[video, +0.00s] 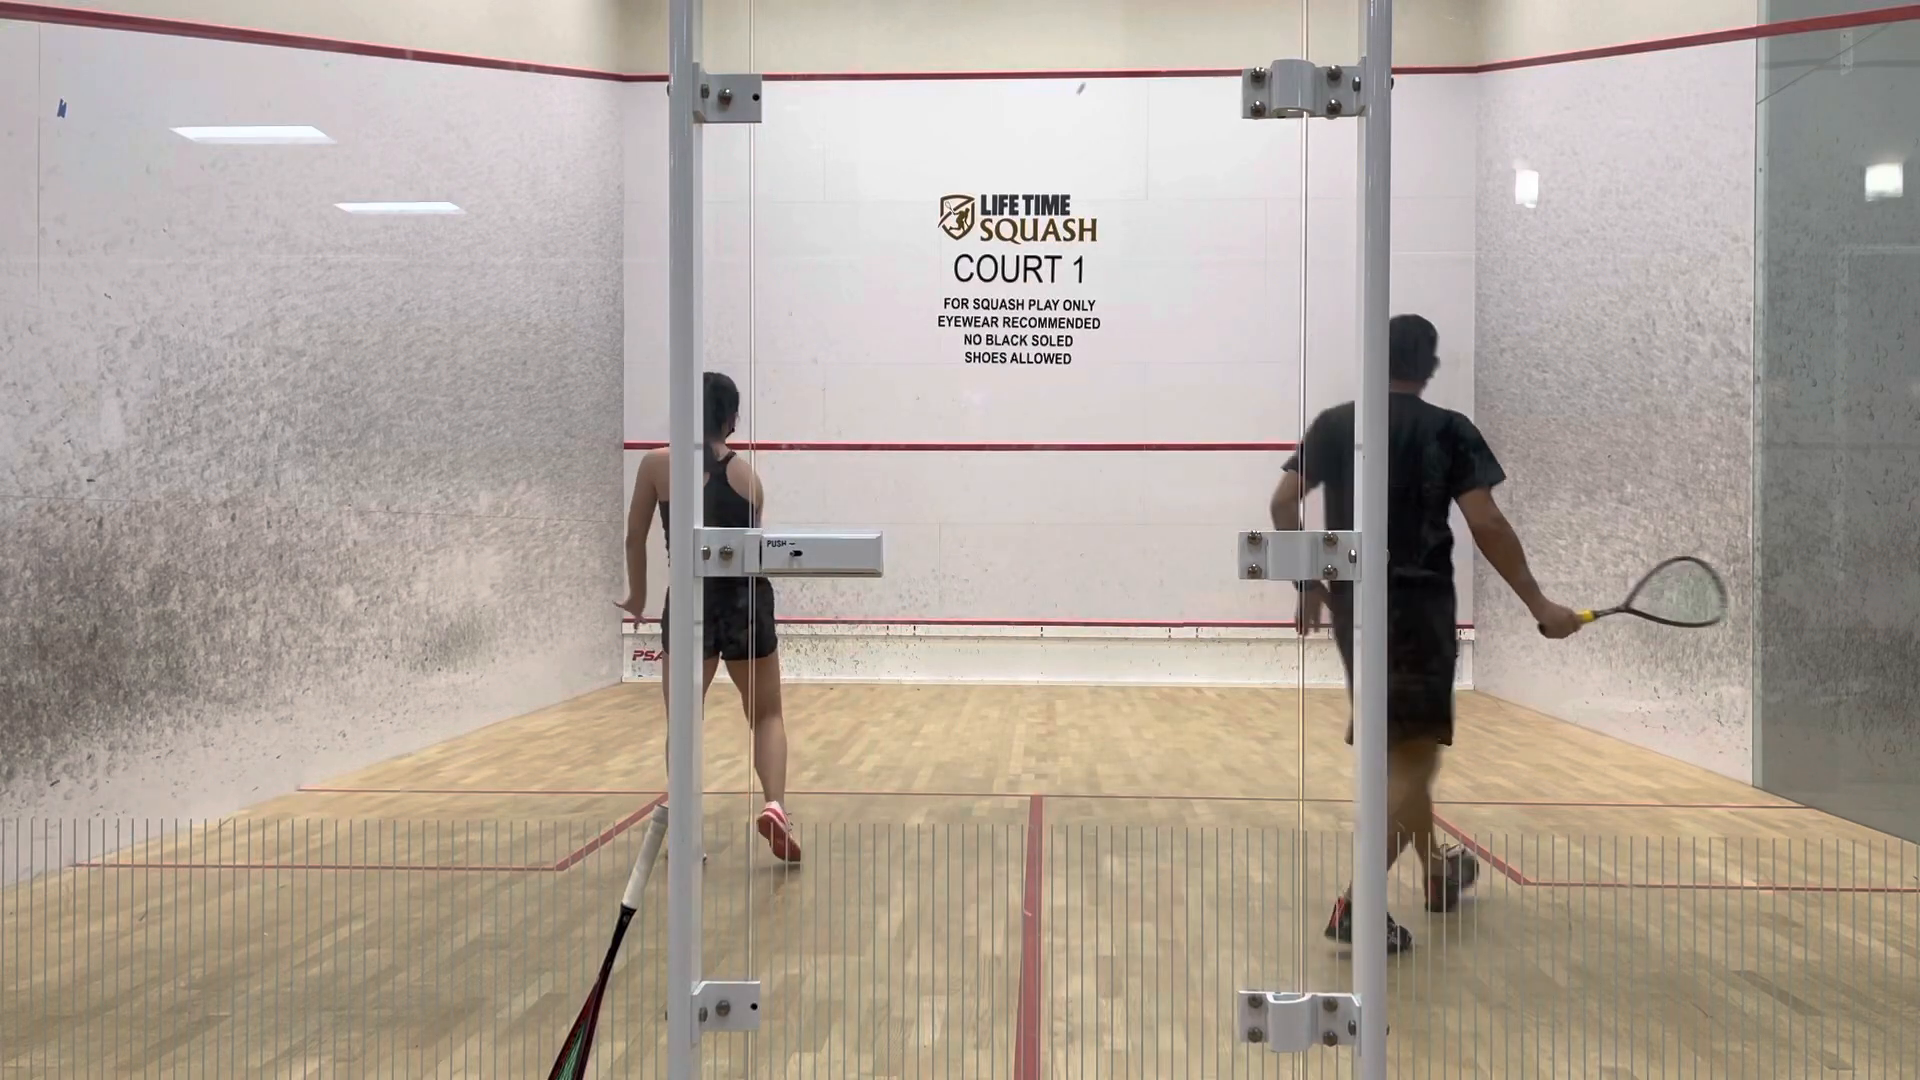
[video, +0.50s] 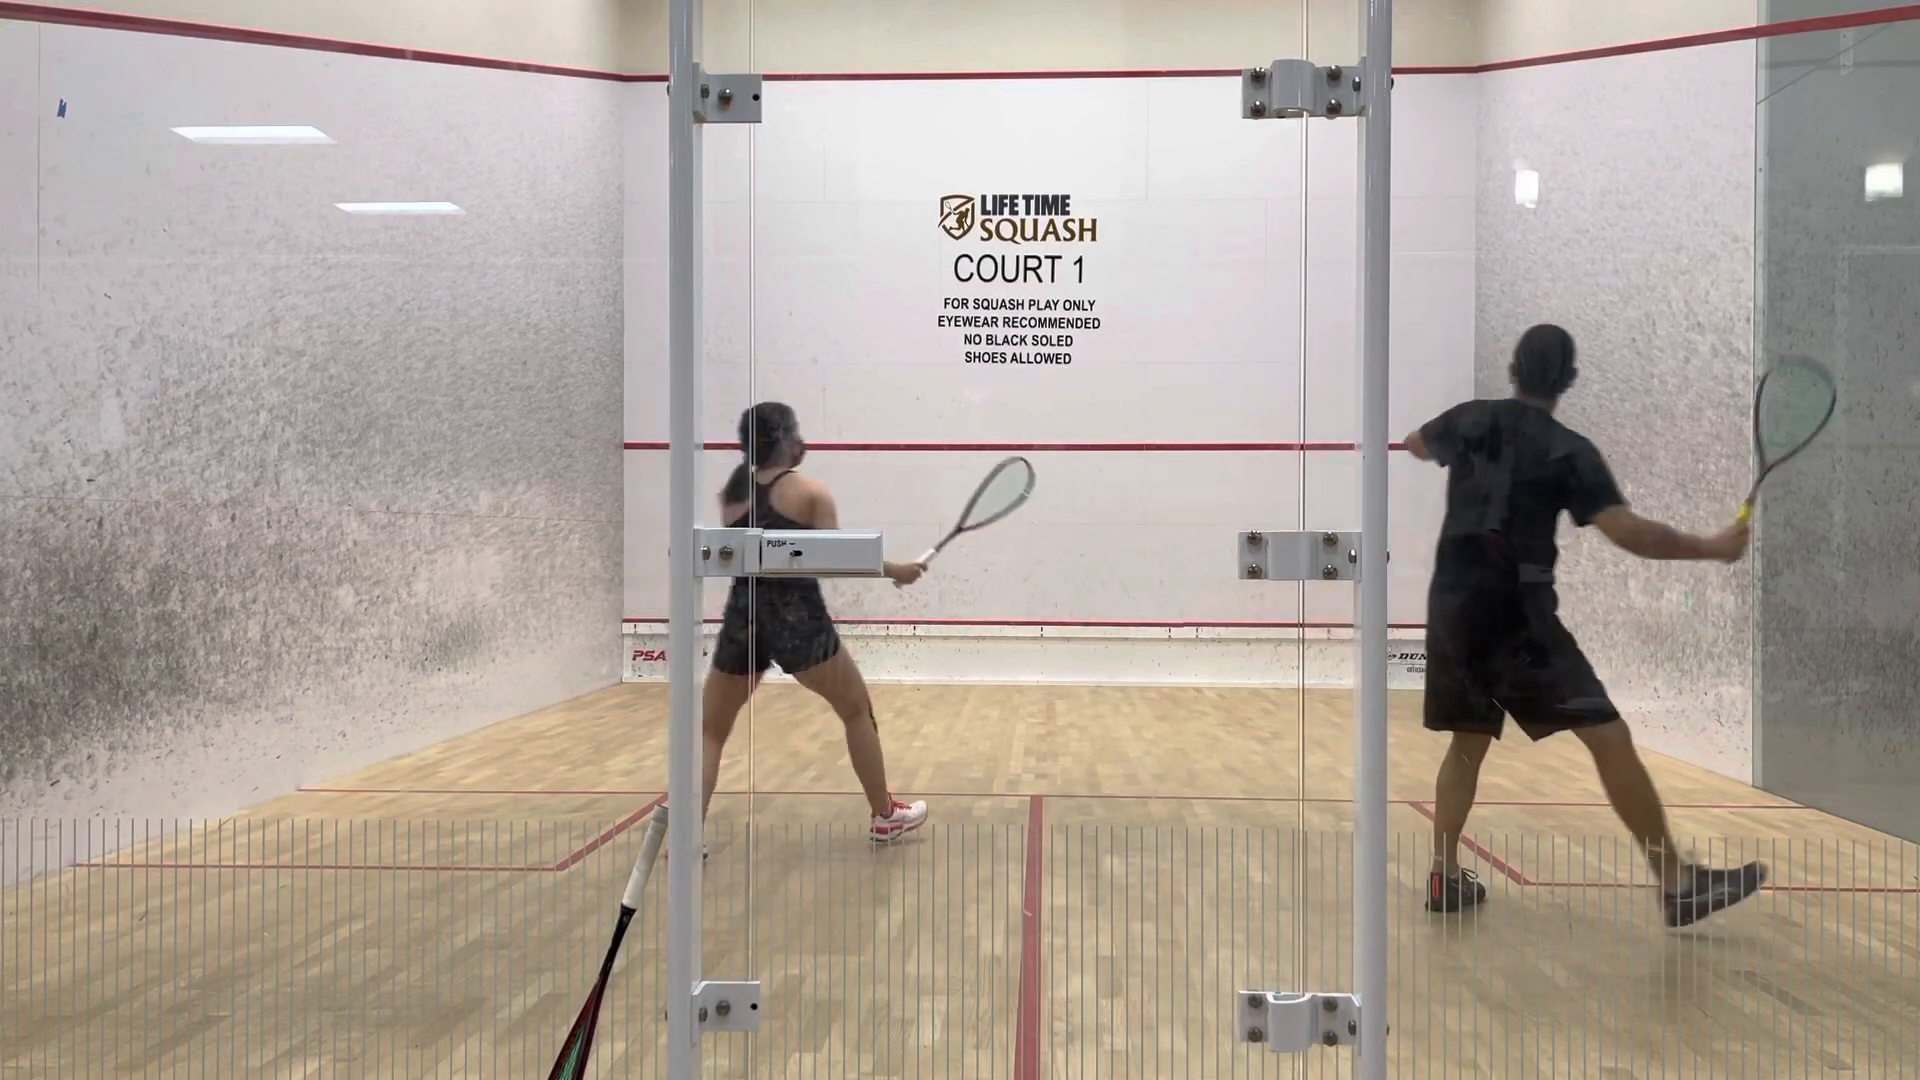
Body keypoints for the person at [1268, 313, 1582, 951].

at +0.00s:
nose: (1432, 373)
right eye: (1434, 364)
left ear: (1377, 360)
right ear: (1429, 366)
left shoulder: (1334, 422)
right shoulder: (1447, 430)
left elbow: (1283, 500)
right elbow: (1486, 524)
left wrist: (1305, 581)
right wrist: (1539, 603)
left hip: (1352, 608)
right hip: (1420, 610)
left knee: (1395, 742)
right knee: (1416, 754)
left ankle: (1436, 868)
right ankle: (1358, 903)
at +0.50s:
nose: (1545, 377)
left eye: (1526, 366)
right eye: (1560, 369)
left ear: (1513, 370)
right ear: (1568, 379)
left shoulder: (1472, 420)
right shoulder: (1567, 450)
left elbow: (1415, 445)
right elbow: (1630, 532)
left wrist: (1445, 439)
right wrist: (1712, 545)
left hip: (1455, 619)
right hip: (1523, 621)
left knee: (1467, 738)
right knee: (1608, 736)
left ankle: (1443, 875)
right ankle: (1676, 879)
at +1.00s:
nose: (1789, 340)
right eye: (1798, 331)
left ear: (1739, 328)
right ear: (1799, 338)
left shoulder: (1687, 384)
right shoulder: (1812, 396)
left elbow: (1586, 419)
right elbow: (1888, 360)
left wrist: (1521, 446)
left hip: (1656, 591)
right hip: (1745, 602)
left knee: (1583, 700)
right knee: (1760, 747)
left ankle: (1517, 817)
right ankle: (1768, 895)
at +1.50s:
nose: (1817, 336)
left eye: (1797, 320)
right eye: (1838, 329)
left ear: (1780, 325)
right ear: (1843, 334)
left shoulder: (1727, 387)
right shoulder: (1868, 407)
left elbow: (1646, 463)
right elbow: (1872, 509)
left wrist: (1664, 508)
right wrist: (1880, 611)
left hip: (1731, 607)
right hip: (1822, 612)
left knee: (1730, 736)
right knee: (1824, 745)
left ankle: (1723, 893)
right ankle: (1787, 893)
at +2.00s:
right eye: (1874, 341)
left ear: (1815, 337)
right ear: (1875, 348)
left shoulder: (1756, 399)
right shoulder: (1892, 416)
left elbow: (1705, 492)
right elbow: (1901, 516)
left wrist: (1752, 542)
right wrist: (1917, 592)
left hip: (1764, 611)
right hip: (1854, 613)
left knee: (1752, 743)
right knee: (1859, 756)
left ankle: (1722, 865)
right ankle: (1853, 919)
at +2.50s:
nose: (1835, 377)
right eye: (1840, 370)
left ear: (1779, 358)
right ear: (1836, 374)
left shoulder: (1720, 409)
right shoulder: (1821, 428)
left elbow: (1657, 492)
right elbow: (1829, 524)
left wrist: (1699, 544)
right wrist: (1897, 616)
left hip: (1696, 619)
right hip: (1773, 622)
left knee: (1696, 744)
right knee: (1820, 761)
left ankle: (1664, 893)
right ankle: (1848, 917)